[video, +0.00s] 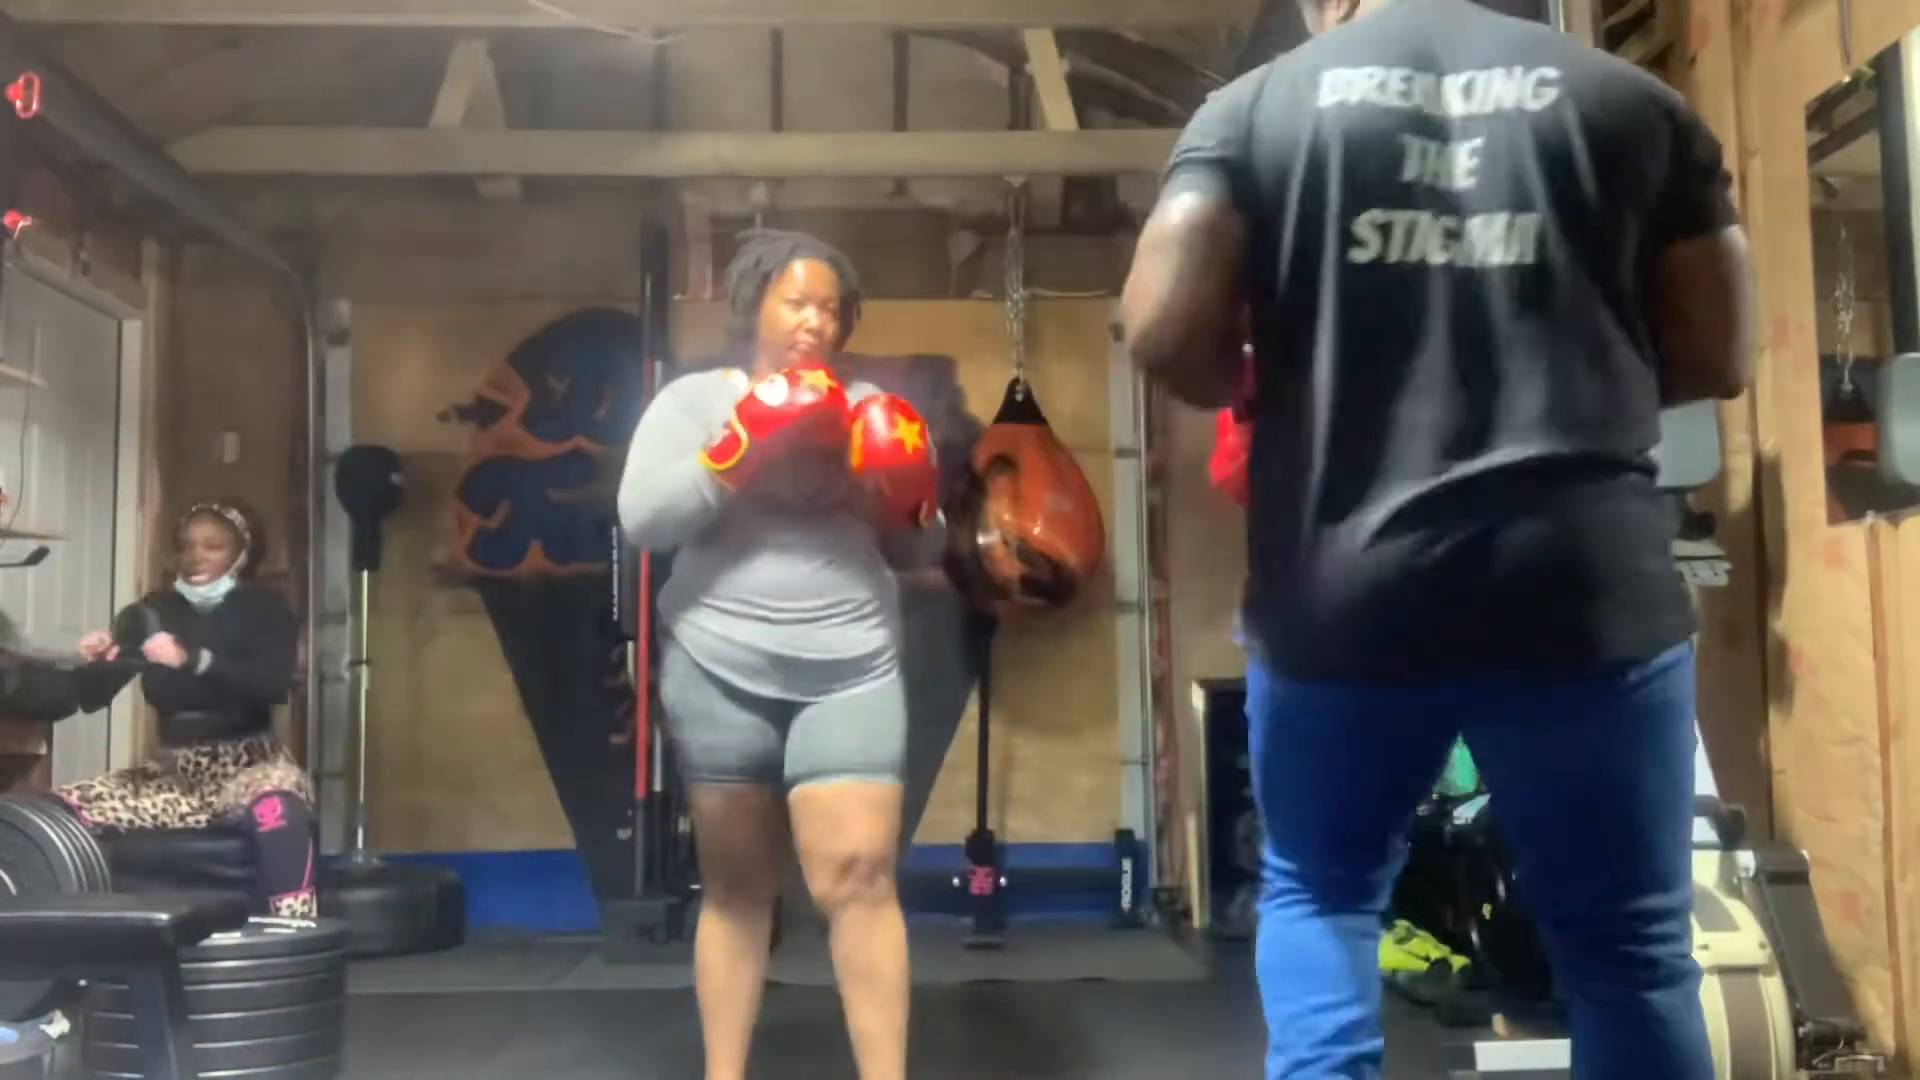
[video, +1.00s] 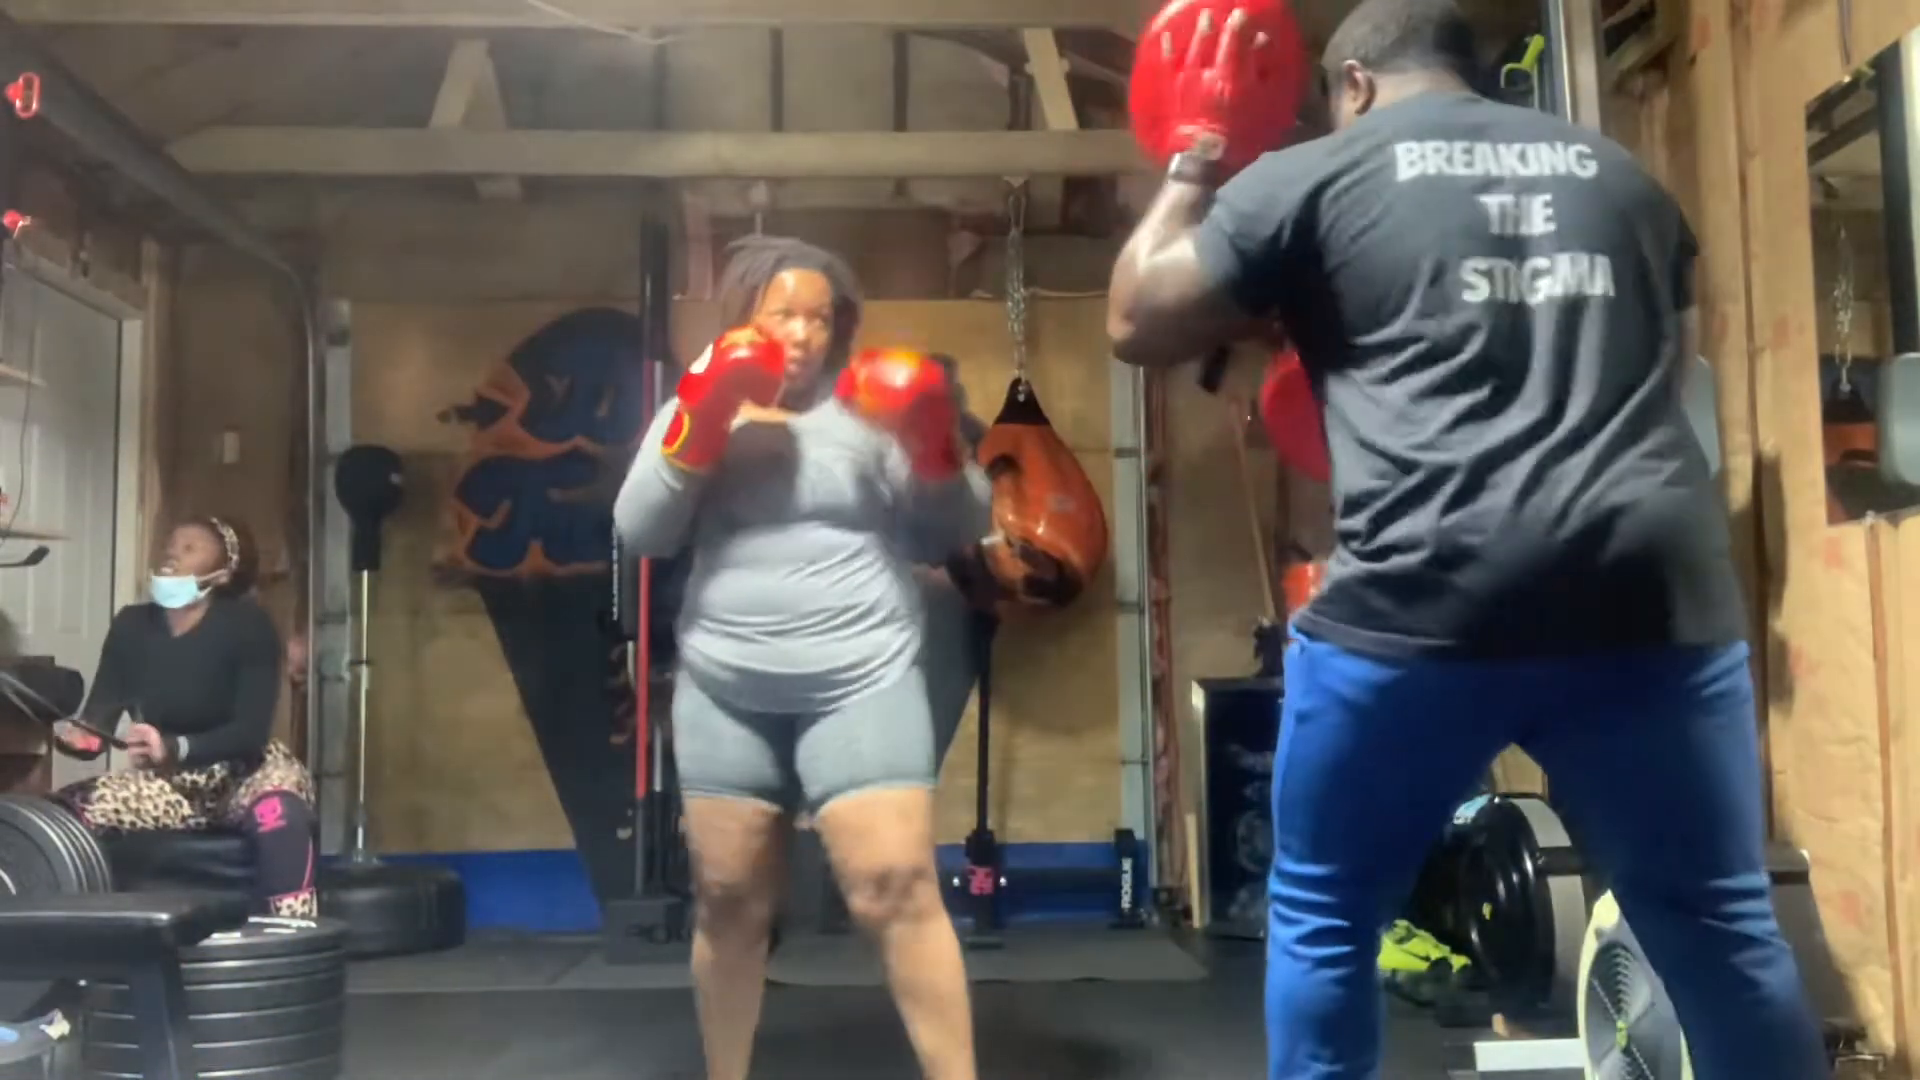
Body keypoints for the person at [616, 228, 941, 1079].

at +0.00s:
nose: (813, 322)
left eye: (829, 308)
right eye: (794, 304)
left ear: (846, 321)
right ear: (751, 311)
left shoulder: (872, 410)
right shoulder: (691, 402)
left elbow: (920, 552)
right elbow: (640, 523)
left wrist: (903, 491)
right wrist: (739, 462)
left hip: (853, 672)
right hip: (718, 669)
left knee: (860, 878)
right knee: (735, 889)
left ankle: (884, 1075)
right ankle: (725, 1074)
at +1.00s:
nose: (804, 335)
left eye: (821, 319)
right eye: (785, 316)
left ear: (841, 330)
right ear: (744, 324)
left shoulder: (875, 411)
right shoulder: (699, 411)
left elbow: (954, 534)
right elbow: (640, 534)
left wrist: (929, 432)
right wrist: (702, 422)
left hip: (863, 680)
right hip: (722, 685)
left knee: (896, 886)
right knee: (725, 897)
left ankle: (955, 1075)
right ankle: (725, 1075)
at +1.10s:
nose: (814, 309)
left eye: (832, 293)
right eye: (795, 290)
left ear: (858, 307)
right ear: (752, 299)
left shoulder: (901, 379)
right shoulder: (721, 394)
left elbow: (1013, 435)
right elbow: (649, 506)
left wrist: (998, 330)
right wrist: (717, 389)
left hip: (883, 674)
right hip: (745, 675)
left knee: (902, 889)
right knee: (746, 900)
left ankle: (955, 1074)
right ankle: (730, 1072)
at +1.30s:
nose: (864, 326)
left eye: (883, 311)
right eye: (847, 306)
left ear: (905, 322)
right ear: (805, 307)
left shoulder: (936, 392)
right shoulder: (745, 390)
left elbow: (1050, 474)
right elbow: (698, 528)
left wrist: (1045, 411)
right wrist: (782, 432)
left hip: (922, 679)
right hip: (777, 680)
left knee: (947, 898)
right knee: (764, 912)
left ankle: (967, 1072)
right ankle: (735, 1072)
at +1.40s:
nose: (899, 354)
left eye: (914, 334)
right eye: (877, 334)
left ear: (934, 343)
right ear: (831, 340)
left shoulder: (973, 434)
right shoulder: (780, 429)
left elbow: (1029, 573)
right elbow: (722, 586)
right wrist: (801, 524)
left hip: (935, 713)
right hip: (784, 709)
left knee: (969, 920)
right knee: (742, 939)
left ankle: (974, 1074)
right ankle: (704, 1062)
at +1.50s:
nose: (920, 395)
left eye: (934, 374)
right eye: (897, 375)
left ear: (952, 380)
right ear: (850, 382)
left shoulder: (994, 467)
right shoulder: (798, 471)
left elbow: (1034, 596)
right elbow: (747, 634)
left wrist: (1057, 574)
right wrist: (831, 583)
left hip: (939, 742)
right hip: (779, 734)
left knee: (998, 933)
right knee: (730, 928)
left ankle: (979, 1076)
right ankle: (628, 1070)